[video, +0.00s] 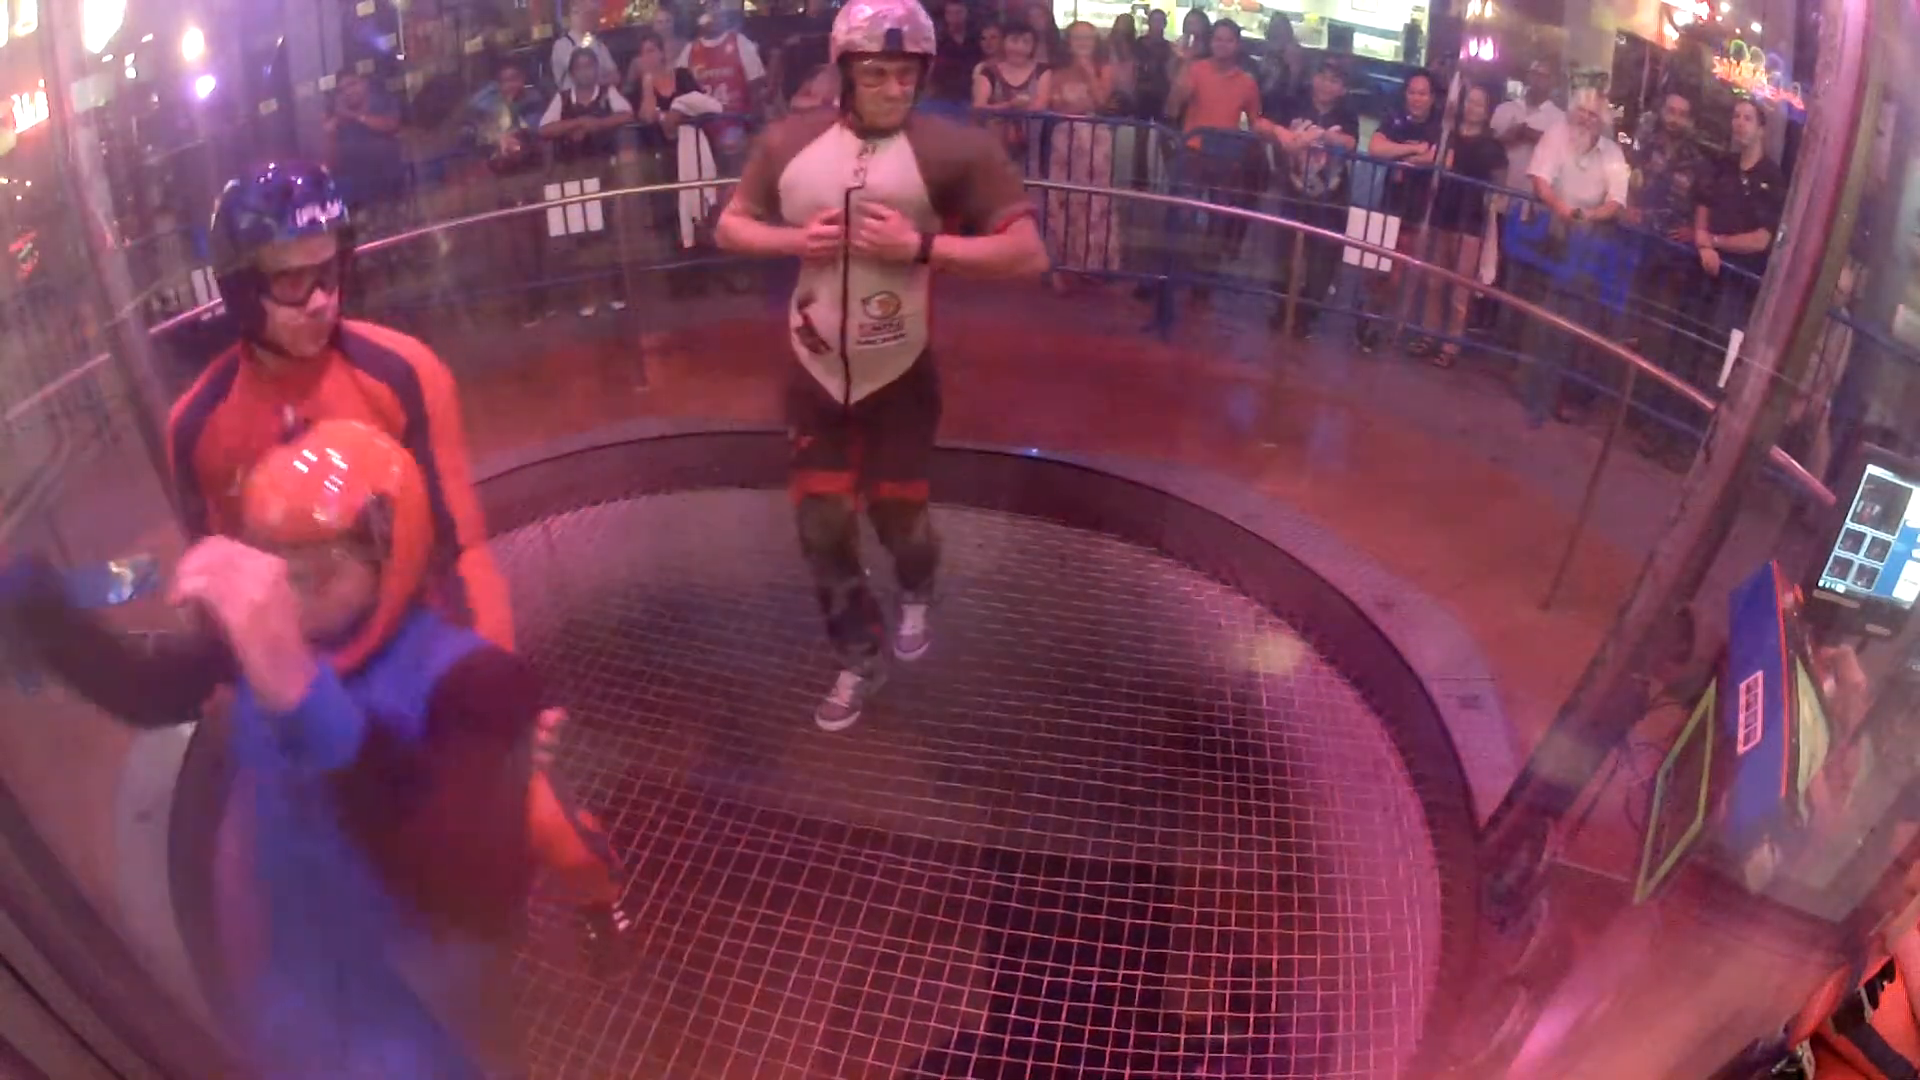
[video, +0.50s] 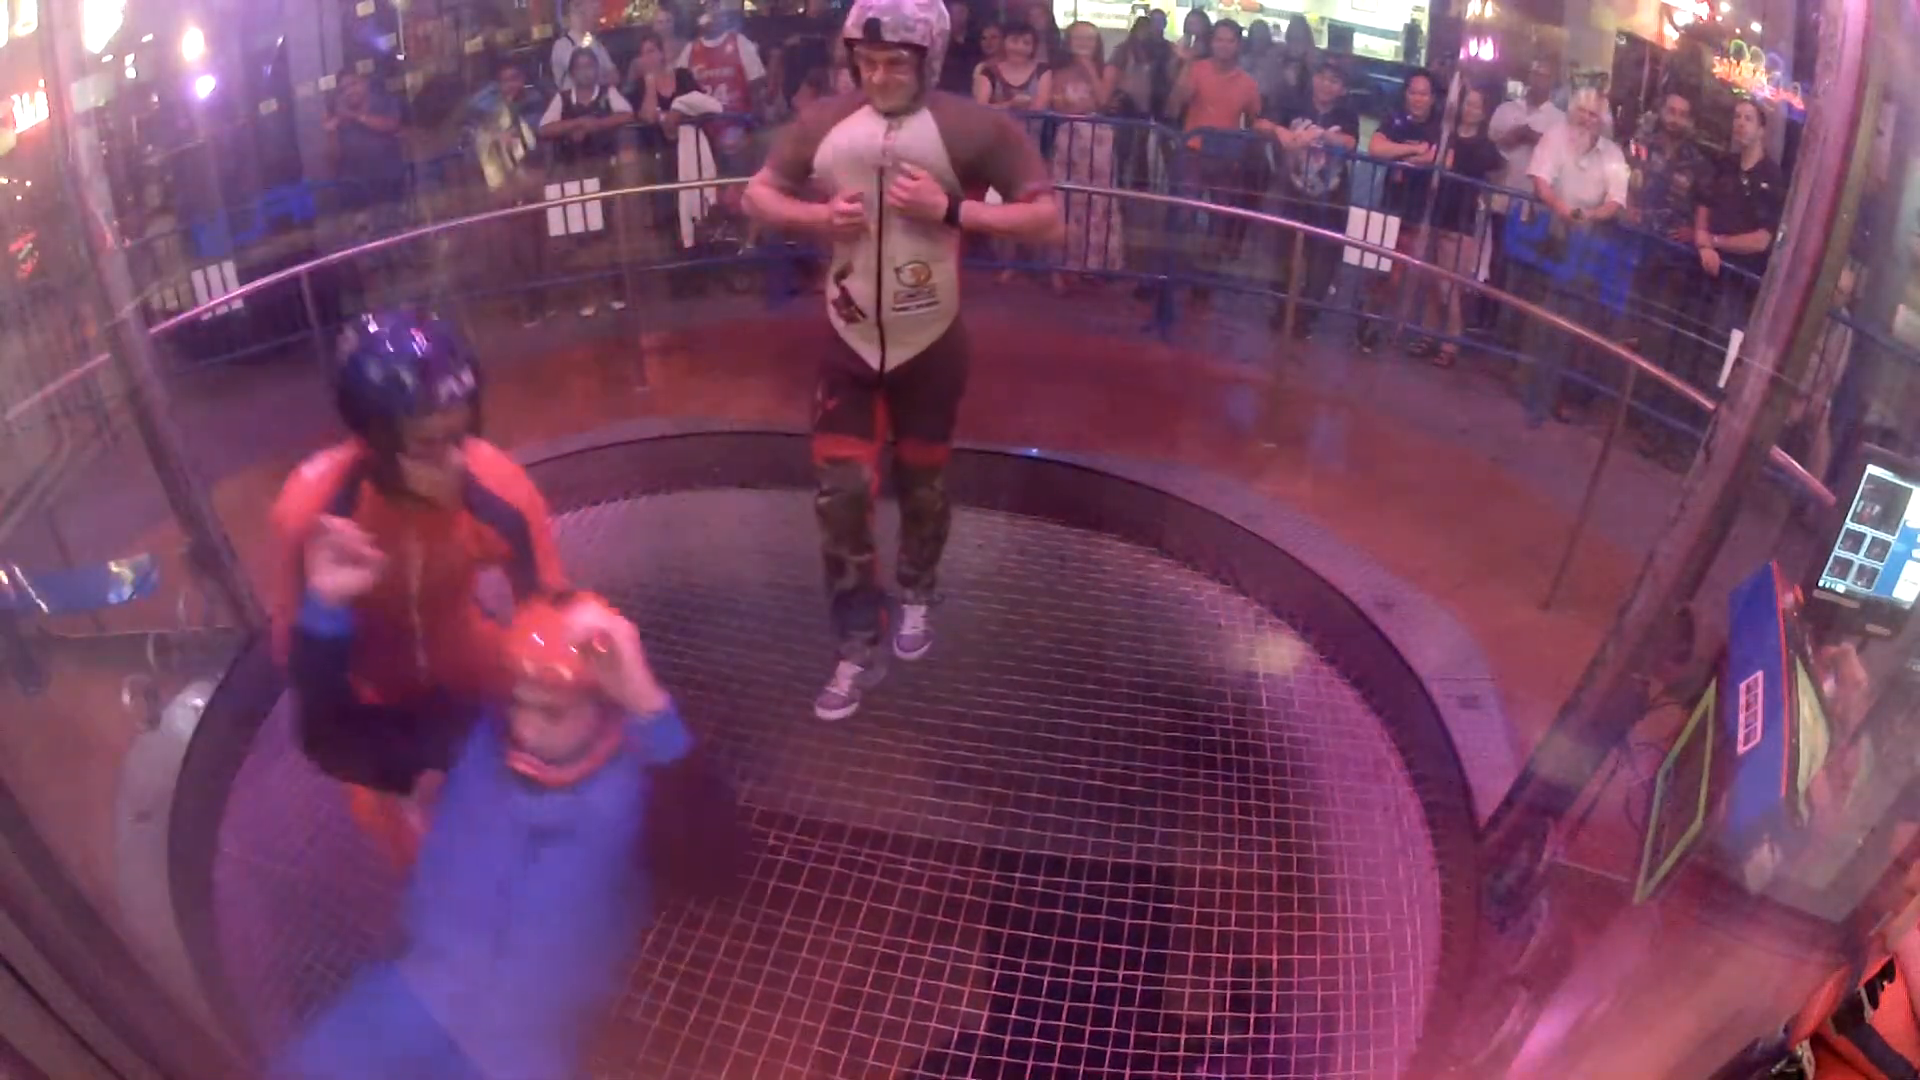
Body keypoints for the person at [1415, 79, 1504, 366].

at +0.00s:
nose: (1472, 108)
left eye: (1478, 103)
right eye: (1468, 101)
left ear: (1488, 110)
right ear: (1461, 106)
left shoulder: (1492, 147)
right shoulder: (1449, 139)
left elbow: (1498, 184)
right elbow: (1436, 171)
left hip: (1472, 218)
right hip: (1442, 213)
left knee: (1461, 285)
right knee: (1434, 279)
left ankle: (1451, 342)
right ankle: (1428, 333)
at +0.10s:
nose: (1471, 108)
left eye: (1478, 104)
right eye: (1468, 102)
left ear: (1488, 111)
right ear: (1461, 105)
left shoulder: (1491, 148)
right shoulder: (1448, 140)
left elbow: (1497, 185)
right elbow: (1436, 171)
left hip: (1471, 219)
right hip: (1441, 214)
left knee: (1461, 284)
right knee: (1434, 278)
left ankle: (1452, 341)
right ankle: (1429, 333)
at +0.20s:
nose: (1471, 108)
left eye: (1477, 104)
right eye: (1468, 102)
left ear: (1487, 111)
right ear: (1460, 105)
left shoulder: (1489, 147)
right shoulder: (1449, 139)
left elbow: (1495, 180)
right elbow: (1435, 168)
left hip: (1468, 220)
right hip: (1439, 213)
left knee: (1459, 283)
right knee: (1433, 279)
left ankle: (1451, 341)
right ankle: (1428, 333)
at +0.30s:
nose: (1471, 108)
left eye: (1477, 104)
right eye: (1468, 101)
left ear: (1486, 111)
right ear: (1460, 105)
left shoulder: (1488, 147)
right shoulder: (1448, 138)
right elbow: (1435, 166)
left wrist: (1452, 158)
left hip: (1467, 219)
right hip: (1439, 212)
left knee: (1457, 282)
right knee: (1432, 278)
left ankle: (1451, 341)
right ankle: (1428, 333)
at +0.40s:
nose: (1470, 110)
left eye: (1476, 105)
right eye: (1467, 103)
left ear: (1485, 112)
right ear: (1459, 106)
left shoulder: (1487, 148)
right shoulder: (1447, 139)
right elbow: (1434, 168)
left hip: (1465, 221)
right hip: (1438, 214)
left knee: (1453, 285)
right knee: (1432, 280)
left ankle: (1451, 341)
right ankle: (1428, 333)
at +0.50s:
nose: (1469, 109)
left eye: (1475, 105)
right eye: (1466, 103)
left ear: (1485, 112)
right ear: (1459, 106)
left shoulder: (1486, 148)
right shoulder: (1447, 139)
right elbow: (1432, 165)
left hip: (1463, 219)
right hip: (1436, 213)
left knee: (1451, 285)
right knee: (1431, 280)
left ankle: (1450, 341)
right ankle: (1428, 333)